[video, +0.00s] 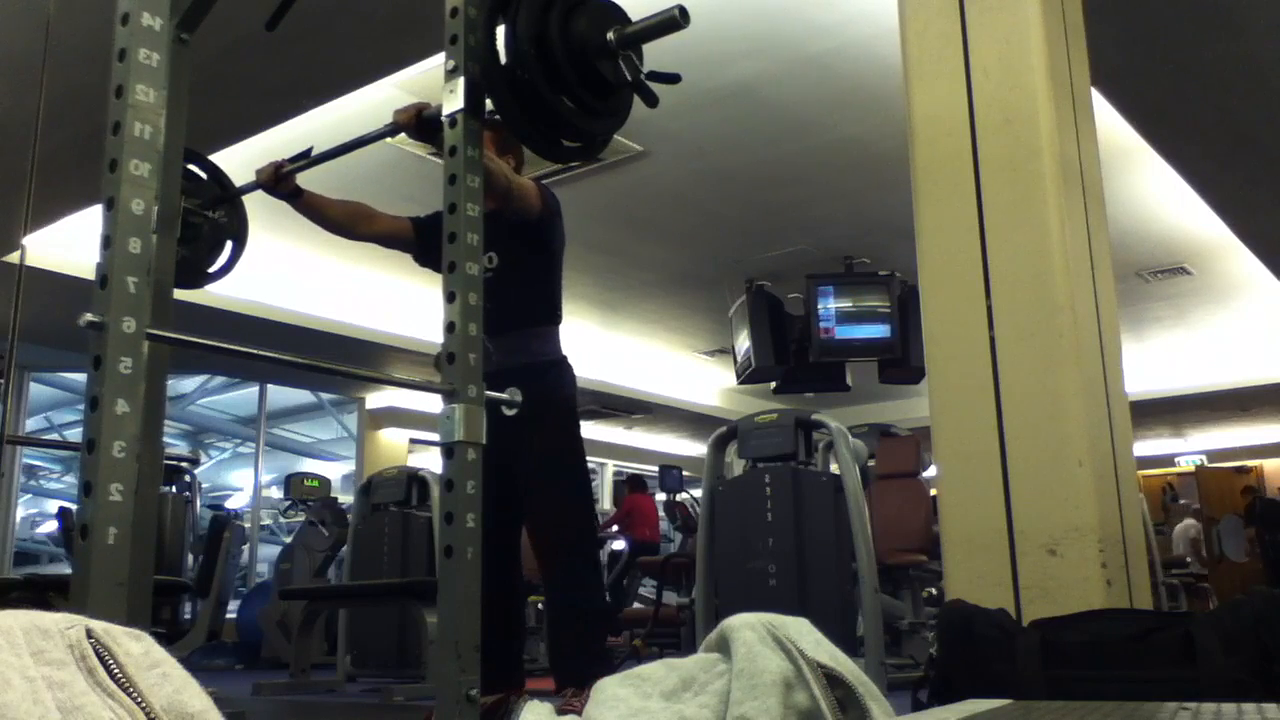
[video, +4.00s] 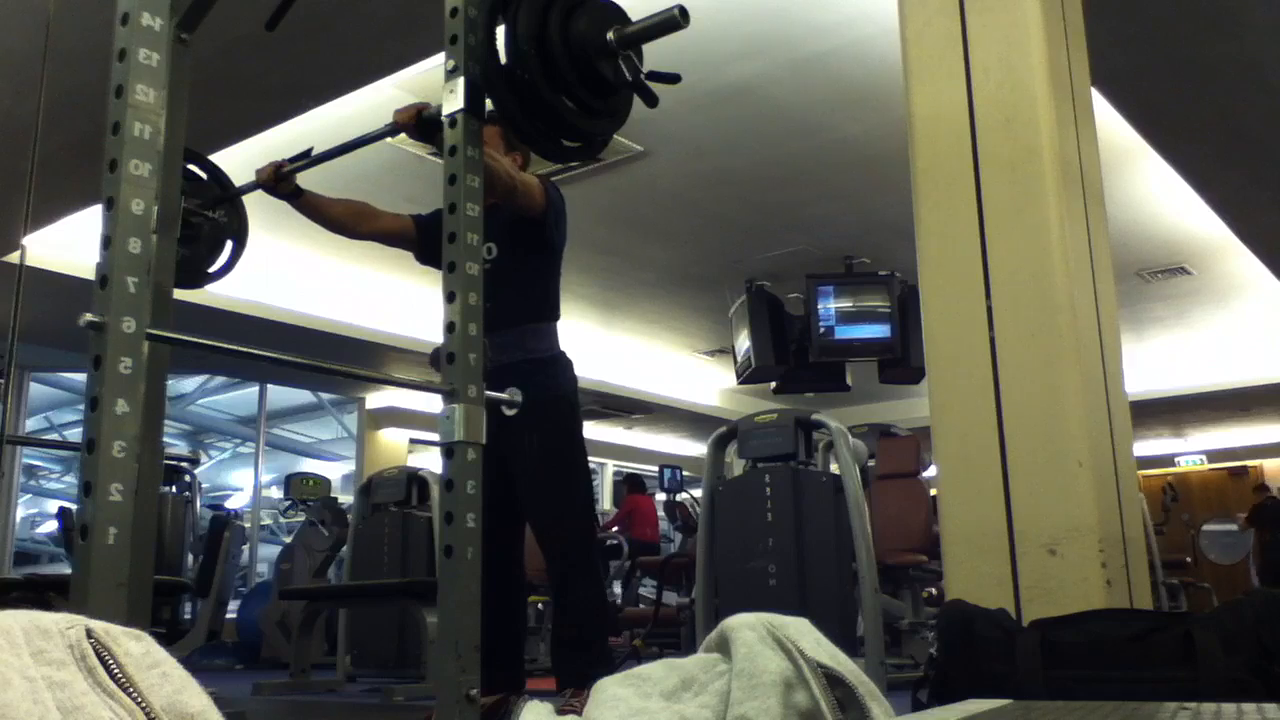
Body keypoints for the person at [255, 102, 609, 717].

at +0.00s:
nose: (469, 164)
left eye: (478, 152)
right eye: (462, 156)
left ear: (508, 152)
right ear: (457, 163)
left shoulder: (539, 209)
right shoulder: (455, 226)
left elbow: (503, 181)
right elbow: (366, 222)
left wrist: (440, 134)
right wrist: (294, 193)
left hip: (539, 389)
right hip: (477, 395)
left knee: (561, 538)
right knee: (486, 547)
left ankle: (578, 685)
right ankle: (498, 686)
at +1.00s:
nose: (464, 174)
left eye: (472, 161)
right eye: (457, 167)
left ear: (496, 155)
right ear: (450, 173)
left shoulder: (542, 203)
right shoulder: (454, 225)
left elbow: (503, 180)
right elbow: (371, 221)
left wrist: (440, 133)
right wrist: (295, 193)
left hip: (541, 385)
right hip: (478, 394)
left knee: (565, 538)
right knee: (488, 547)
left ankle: (579, 683)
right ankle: (498, 686)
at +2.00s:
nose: (466, 166)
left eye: (475, 154)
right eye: (460, 159)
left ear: (507, 153)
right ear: (456, 165)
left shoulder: (543, 207)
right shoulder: (456, 227)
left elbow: (501, 178)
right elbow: (368, 224)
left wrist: (439, 133)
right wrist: (294, 192)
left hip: (539, 385)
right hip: (476, 393)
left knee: (565, 539)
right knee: (488, 548)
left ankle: (579, 684)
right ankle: (498, 687)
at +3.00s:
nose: (468, 166)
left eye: (478, 154)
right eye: (462, 158)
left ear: (510, 155)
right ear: (458, 165)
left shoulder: (542, 209)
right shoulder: (456, 227)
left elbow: (505, 181)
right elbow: (368, 224)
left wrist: (441, 133)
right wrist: (294, 192)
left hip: (537, 383)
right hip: (475, 391)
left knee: (563, 537)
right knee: (487, 546)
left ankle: (580, 684)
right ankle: (497, 687)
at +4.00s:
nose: (471, 159)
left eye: (482, 148)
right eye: (465, 153)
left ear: (516, 154)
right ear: (459, 162)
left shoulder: (543, 204)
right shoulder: (457, 223)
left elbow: (502, 179)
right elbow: (370, 221)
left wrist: (440, 134)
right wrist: (295, 192)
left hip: (538, 384)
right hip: (476, 392)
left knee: (565, 538)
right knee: (488, 546)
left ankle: (579, 684)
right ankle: (498, 686)